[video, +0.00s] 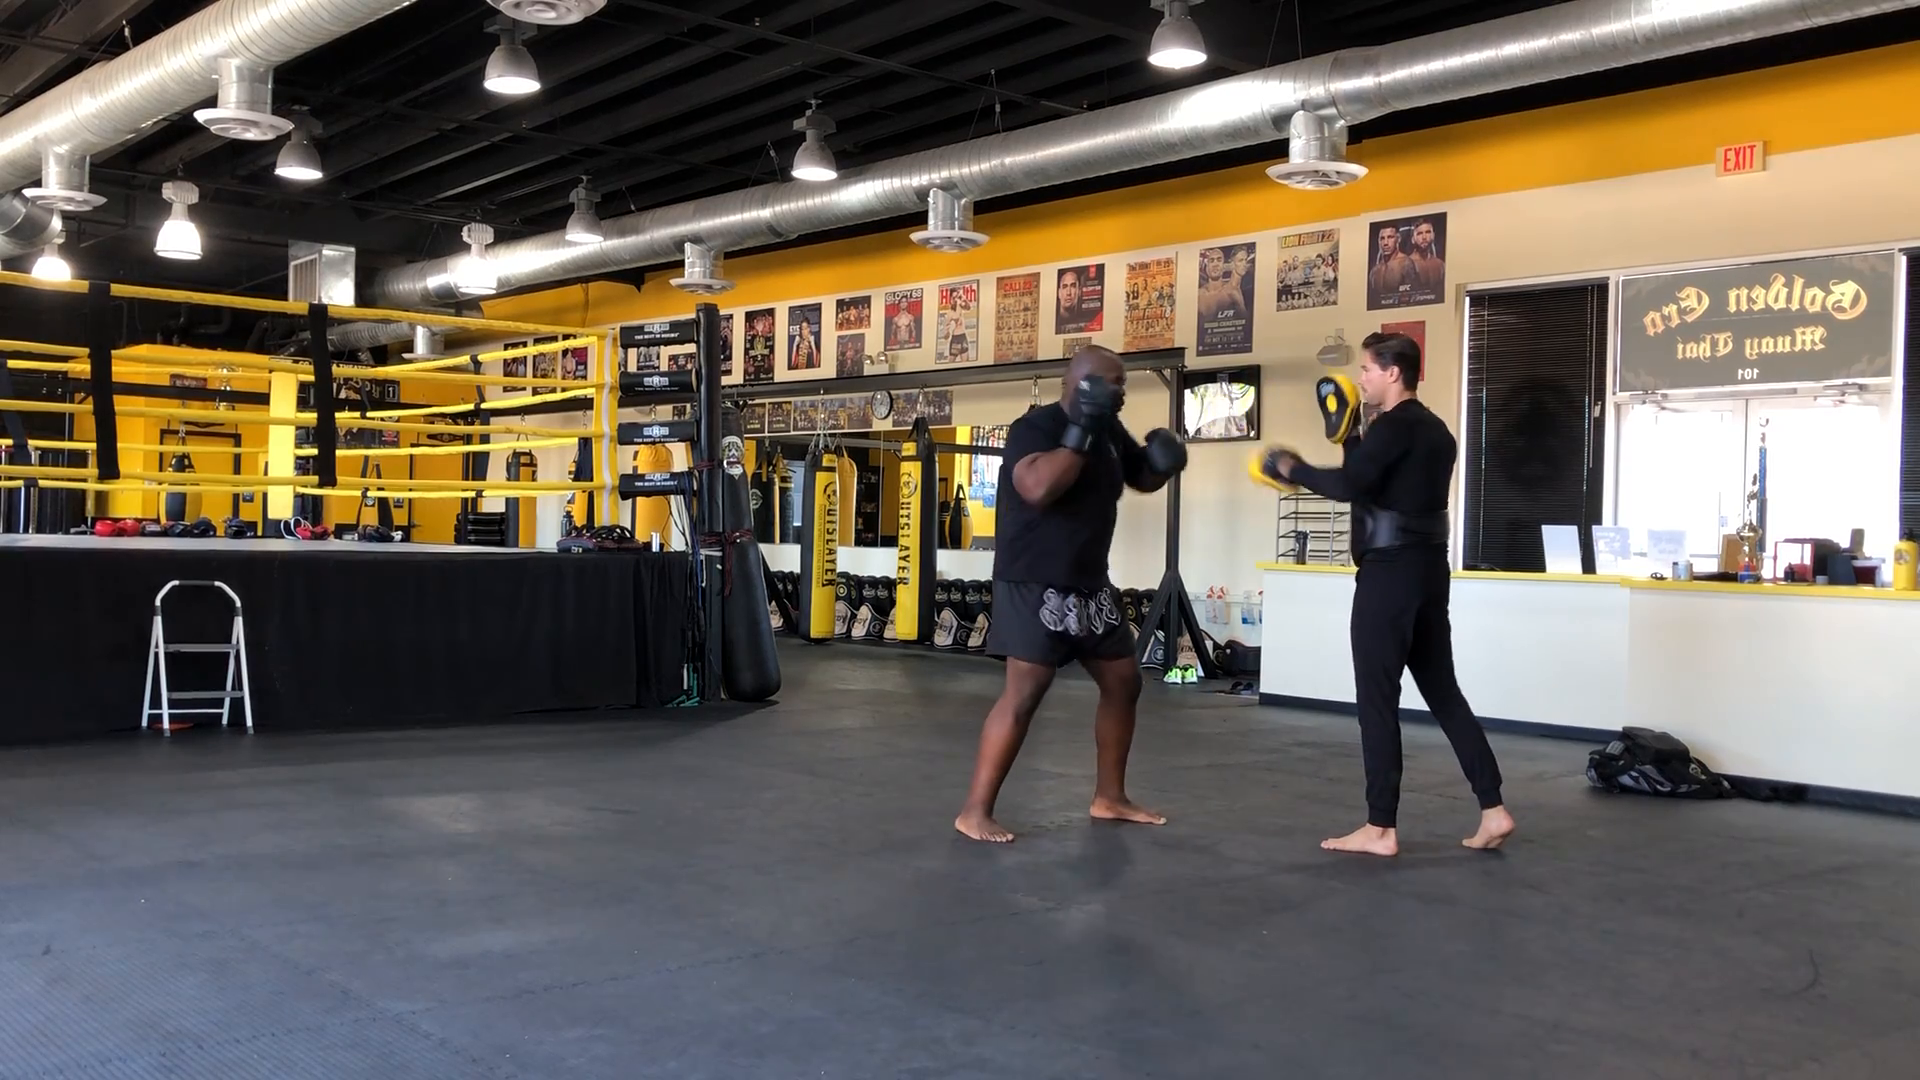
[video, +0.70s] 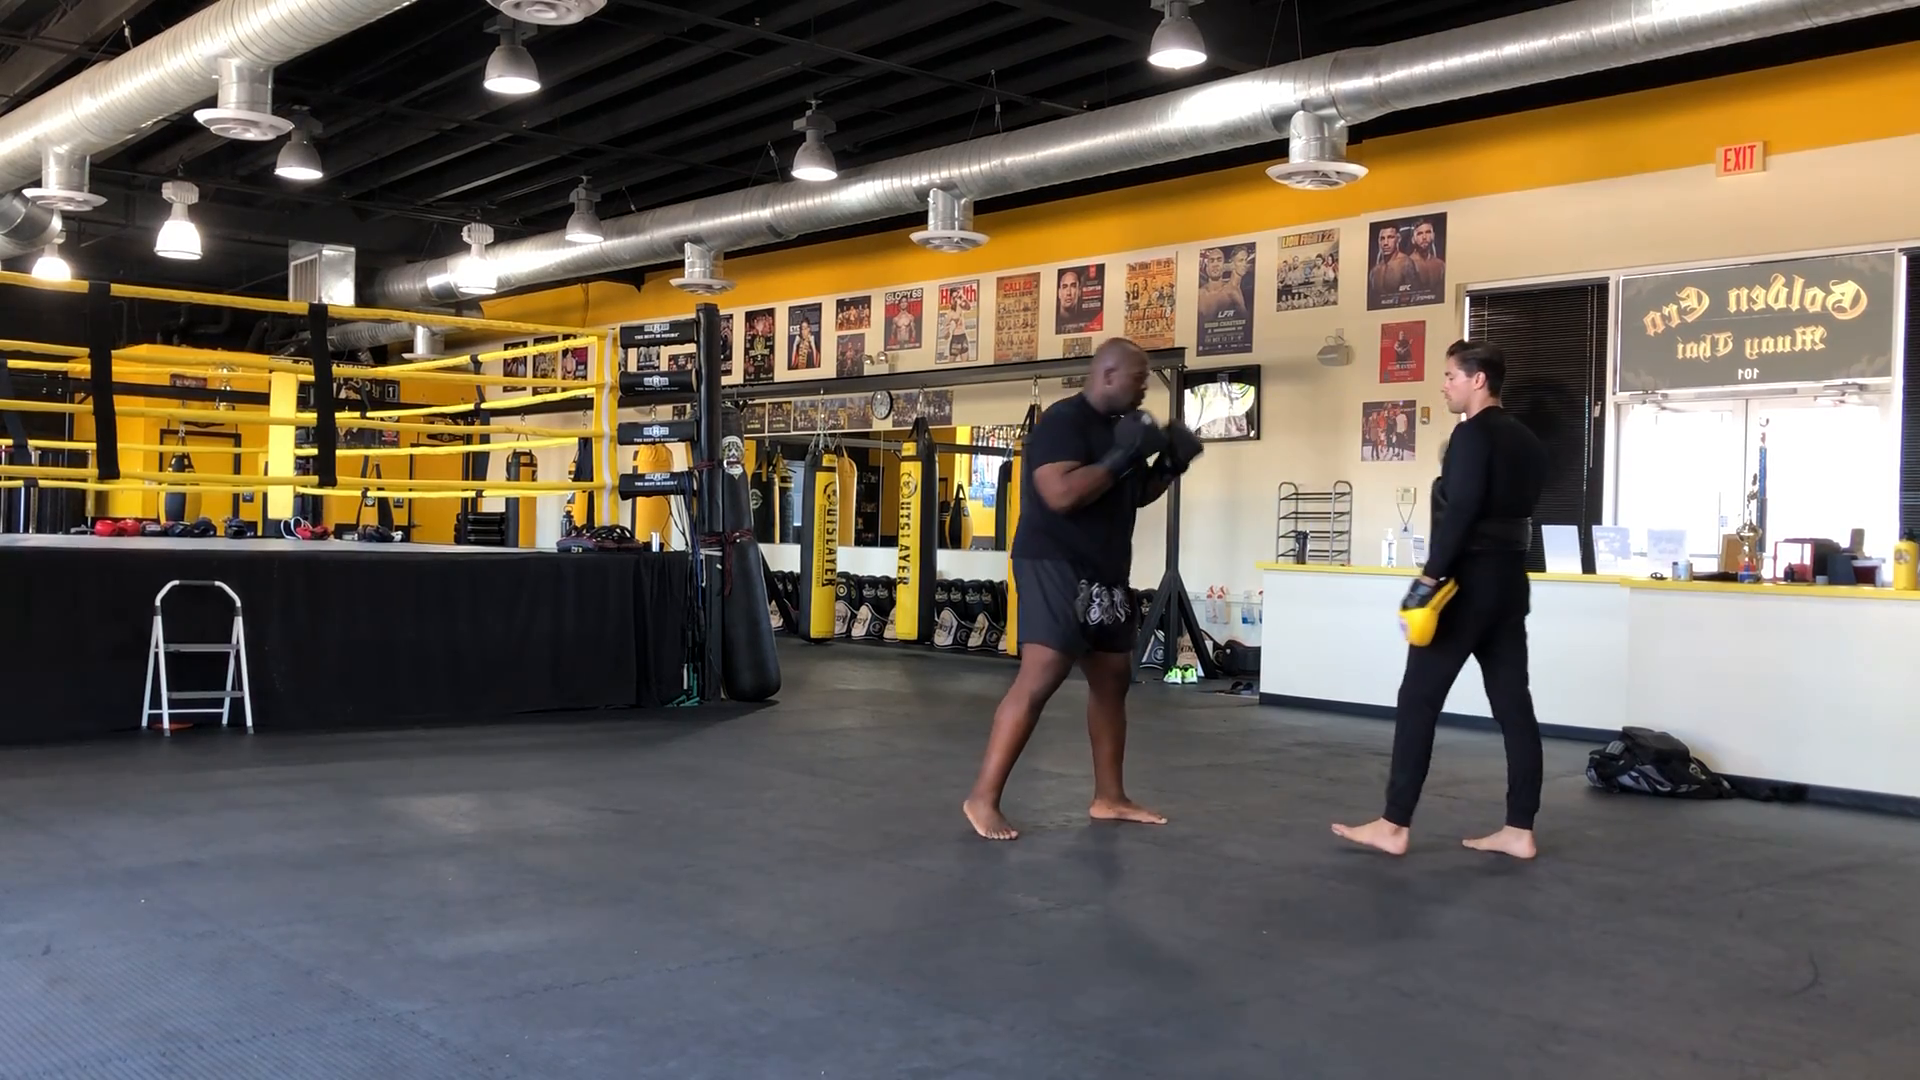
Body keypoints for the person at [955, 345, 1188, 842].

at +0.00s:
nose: (1115, 395)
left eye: (1120, 387)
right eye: (1106, 385)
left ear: (1118, 389)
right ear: (1075, 383)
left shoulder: (1110, 431)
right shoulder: (1035, 427)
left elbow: (1143, 479)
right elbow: (1035, 487)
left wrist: (1159, 461)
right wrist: (1082, 432)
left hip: (1090, 585)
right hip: (1032, 584)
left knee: (1122, 680)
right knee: (1022, 693)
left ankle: (1110, 797)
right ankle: (974, 813)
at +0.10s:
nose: (1132, 398)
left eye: (1135, 391)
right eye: (1125, 389)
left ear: (1127, 393)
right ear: (1096, 385)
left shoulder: (1108, 438)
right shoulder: (1063, 424)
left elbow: (1120, 492)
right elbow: (1056, 474)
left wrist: (1152, 456)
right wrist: (1118, 438)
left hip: (1088, 583)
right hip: (1042, 581)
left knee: (1117, 677)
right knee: (1033, 689)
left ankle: (1110, 796)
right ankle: (974, 812)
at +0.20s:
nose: (1152, 401)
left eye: (1152, 394)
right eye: (1146, 392)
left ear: (1105, 388)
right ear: (1118, 388)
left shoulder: (1075, 424)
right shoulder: (1102, 421)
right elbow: (1173, 436)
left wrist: (1189, 438)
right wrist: (1245, 422)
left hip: (1075, 574)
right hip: (1052, 571)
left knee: (1106, 674)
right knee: (1037, 685)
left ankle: (1108, 796)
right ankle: (973, 810)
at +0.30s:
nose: (1156, 409)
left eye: (1156, 403)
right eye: (1152, 400)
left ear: (1111, 389)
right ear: (1128, 388)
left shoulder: (1072, 424)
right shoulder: (1119, 415)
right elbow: (1207, 422)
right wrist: (1269, 415)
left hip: (1081, 569)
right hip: (1060, 564)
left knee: (1103, 677)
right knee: (1038, 683)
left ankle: (1108, 796)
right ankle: (972, 805)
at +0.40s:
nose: (1160, 406)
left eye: (1161, 399)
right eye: (1158, 397)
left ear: (1115, 387)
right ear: (1134, 387)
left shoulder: (1077, 422)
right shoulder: (1119, 415)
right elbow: (1192, 434)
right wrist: (1241, 430)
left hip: (1086, 568)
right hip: (1064, 561)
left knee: (1107, 672)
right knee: (1044, 675)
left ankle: (1109, 796)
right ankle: (975, 798)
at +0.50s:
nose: (1160, 402)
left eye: (1162, 395)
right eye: (1156, 393)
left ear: (1125, 382)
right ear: (1130, 383)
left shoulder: (1118, 423)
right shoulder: (1100, 412)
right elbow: (1129, 460)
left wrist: (1167, 435)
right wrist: (1190, 442)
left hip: (1095, 567)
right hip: (1062, 558)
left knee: (1109, 671)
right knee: (1046, 672)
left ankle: (1109, 796)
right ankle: (979, 794)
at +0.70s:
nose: (1143, 389)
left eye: (1145, 380)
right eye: (1137, 379)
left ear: (1123, 378)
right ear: (1105, 373)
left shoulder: (1123, 428)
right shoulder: (1061, 419)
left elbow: (1131, 496)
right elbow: (1059, 493)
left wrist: (1169, 464)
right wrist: (1121, 454)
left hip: (1106, 567)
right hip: (1052, 562)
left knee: (1111, 676)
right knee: (1041, 673)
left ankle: (1109, 797)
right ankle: (982, 799)